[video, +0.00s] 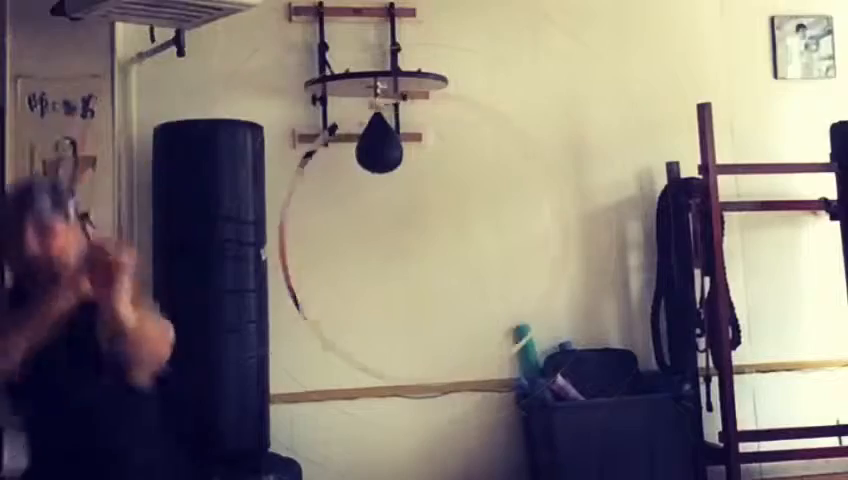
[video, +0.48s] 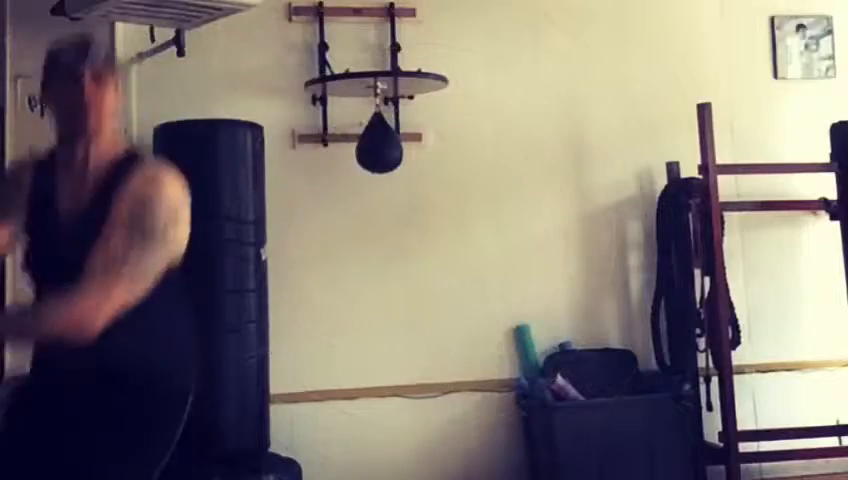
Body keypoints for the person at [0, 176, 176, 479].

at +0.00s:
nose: (33, 246)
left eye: (46, 230)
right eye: (23, 232)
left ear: (78, 230)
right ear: (8, 244)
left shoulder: (111, 294)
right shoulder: (15, 304)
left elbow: (153, 358)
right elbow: (7, 362)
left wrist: (119, 308)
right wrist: (62, 298)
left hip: (134, 461)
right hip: (54, 463)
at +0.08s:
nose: (38, 275)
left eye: (53, 257)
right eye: (25, 260)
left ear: (86, 261)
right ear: (10, 272)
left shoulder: (124, 327)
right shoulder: (13, 331)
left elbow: (155, 391)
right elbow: (7, 399)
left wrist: (124, 357)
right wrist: (64, 332)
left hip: (128, 471)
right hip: (44, 472)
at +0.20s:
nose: (46, 266)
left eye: (60, 247)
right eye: (30, 251)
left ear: (88, 254)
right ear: (17, 263)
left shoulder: (126, 324)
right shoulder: (11, 324)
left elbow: (144, 397)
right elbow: (7, 393)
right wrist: (67, 340)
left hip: (118, 472)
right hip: (37, 472)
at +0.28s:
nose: (53, 223)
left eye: (67, 206)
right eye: (39, 209)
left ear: (90, 211)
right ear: (22, 219)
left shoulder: (133, 296)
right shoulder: (12, 291)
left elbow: (113, 389)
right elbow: (12, 364)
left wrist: (22, 393)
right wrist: (117, 292)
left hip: (123, 470)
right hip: (38, 470)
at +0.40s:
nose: (72, 147)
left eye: (85, 131)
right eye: (58, 132)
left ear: (107, 137)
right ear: (39, 144)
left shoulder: (148, 229)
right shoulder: (27, 222)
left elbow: (81, 355)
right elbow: (10, 297)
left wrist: (6, 364)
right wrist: (97, 285)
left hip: (133, 432)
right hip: (49, 427)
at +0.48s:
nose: (86, 94)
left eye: (98, 81)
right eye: (71, 81)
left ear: (117, 91)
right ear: (47, 96)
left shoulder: (157, 188)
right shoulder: (28, 180)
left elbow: (84, 316)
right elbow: (2, 242)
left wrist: (7, 322)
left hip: (140, 387)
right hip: (57, 378)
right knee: (19, 464)